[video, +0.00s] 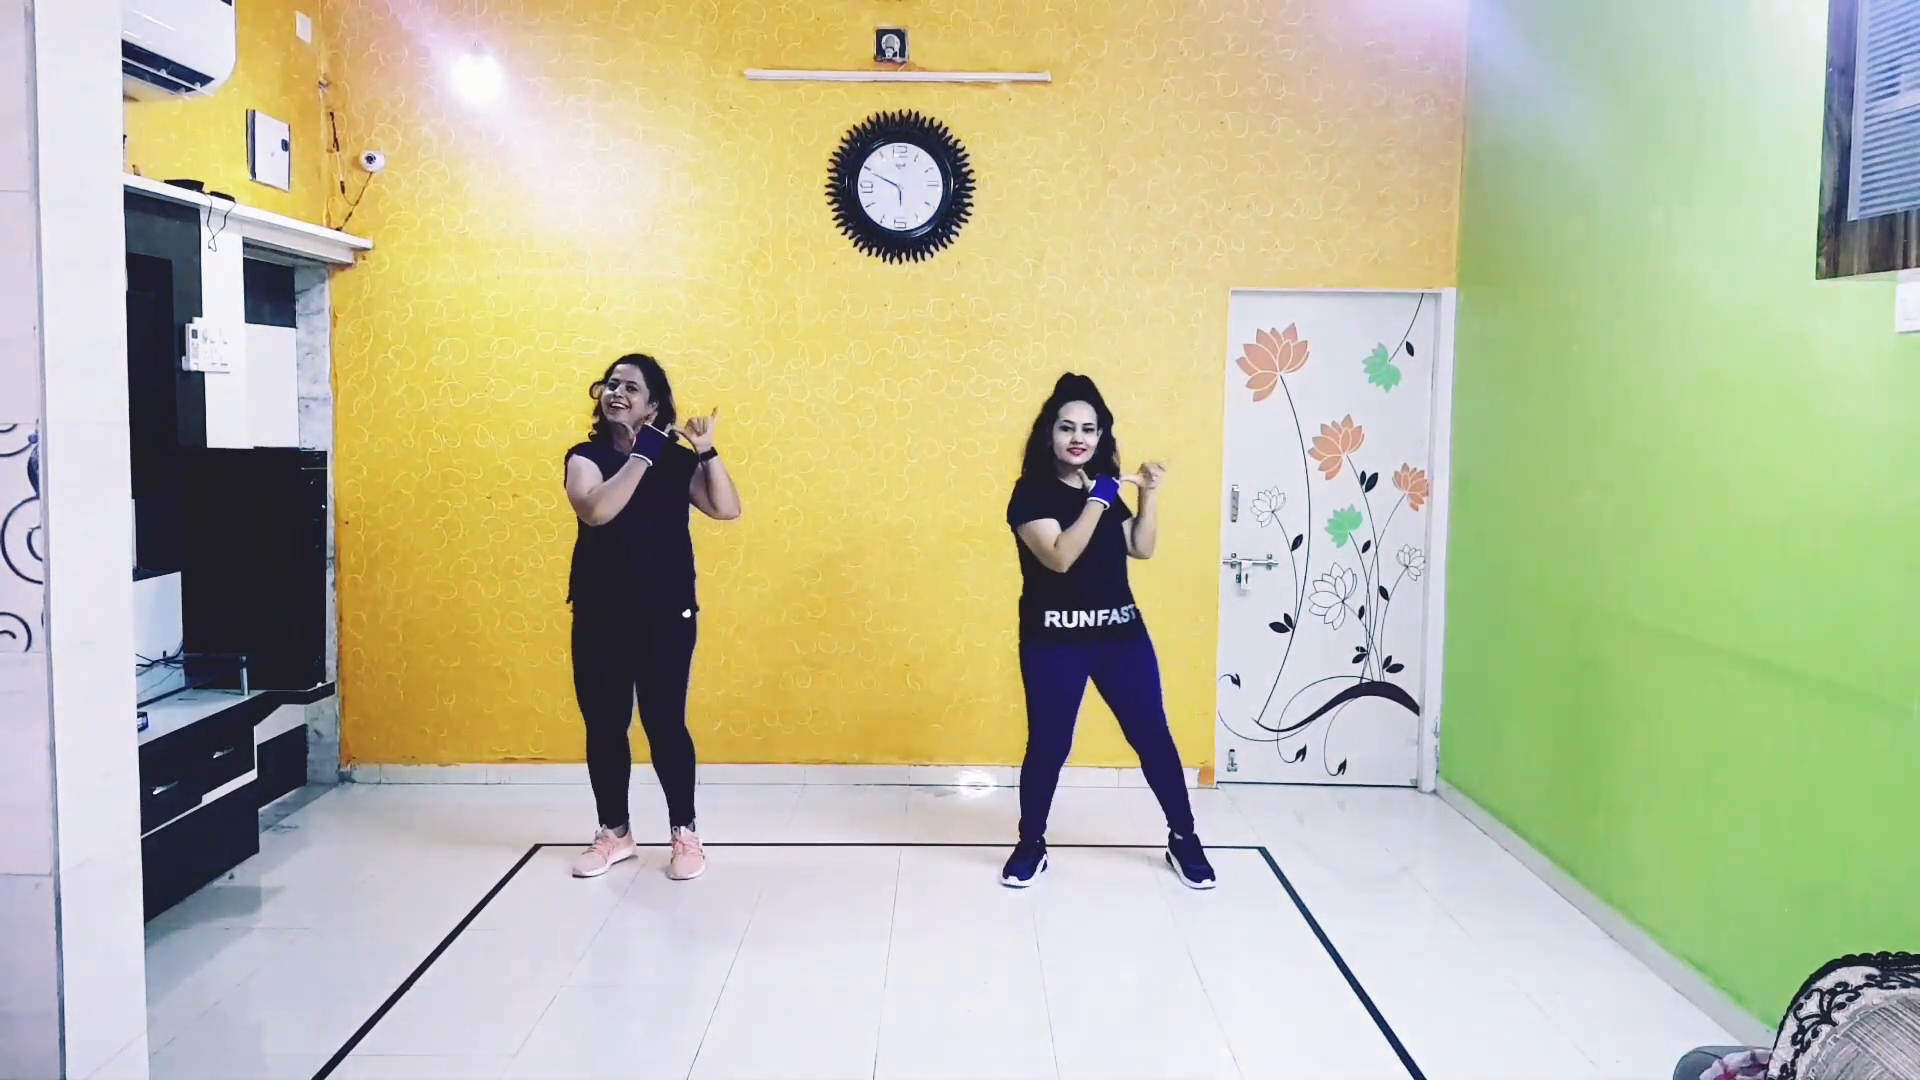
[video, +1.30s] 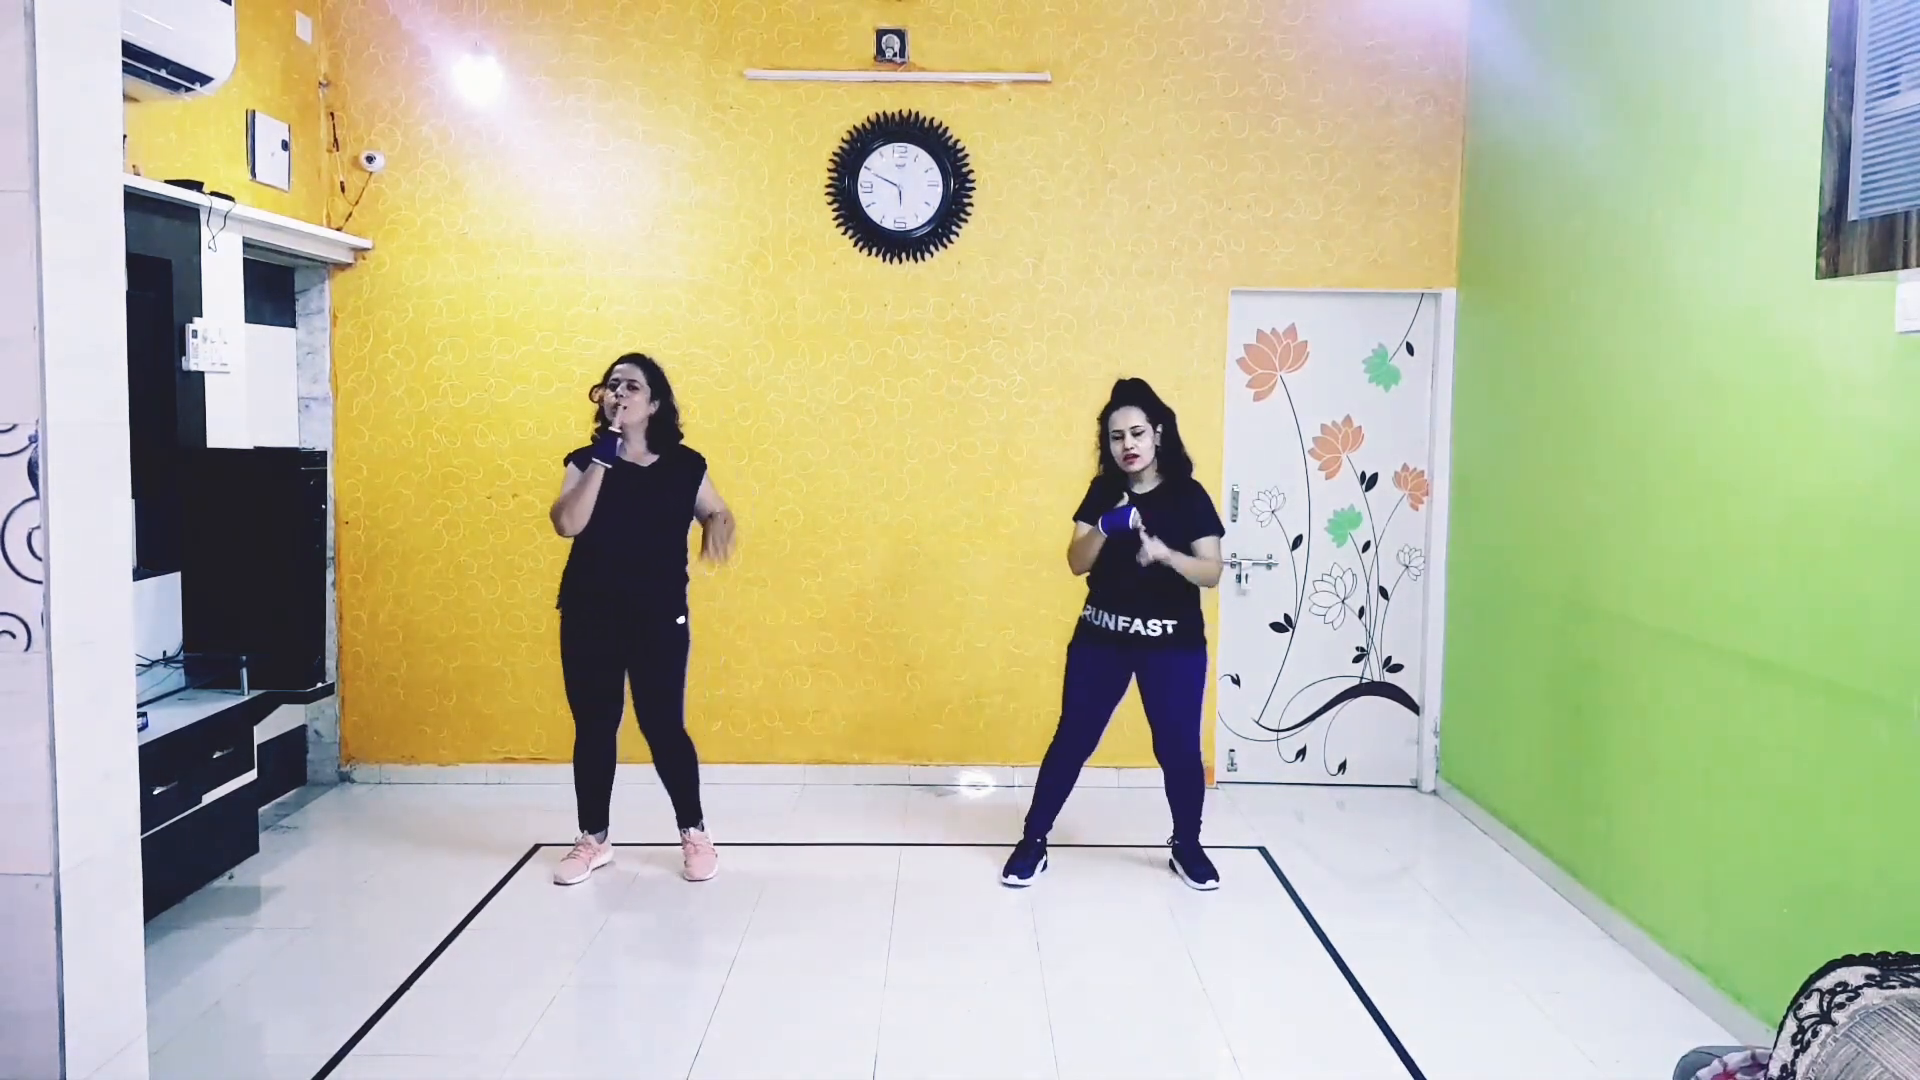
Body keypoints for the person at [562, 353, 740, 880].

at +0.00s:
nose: (617, 393)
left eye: (630, 387)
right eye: (612, 385)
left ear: (656, 403)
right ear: (601, 397)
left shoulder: (675, 457)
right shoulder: (585, 456)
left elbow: (727, 509)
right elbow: (595, 511)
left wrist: (708, 450)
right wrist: (642, 454)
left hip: (666, 611)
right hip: (601, 611)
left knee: (665, 721)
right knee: (604, 726)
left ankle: (684, 833)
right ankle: (614, 833)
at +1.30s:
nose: (615, 393)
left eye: (628, 386)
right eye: (611, 386)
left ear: (655, 401)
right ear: (602, 399)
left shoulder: (685, 467)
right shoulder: (586, 461)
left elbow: (716, 512)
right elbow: (568, 523)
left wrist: (718, 526)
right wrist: (600, 459)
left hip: (658, 618)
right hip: (590, 616)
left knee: (662, 725)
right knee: (593, 727)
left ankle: (693, 833)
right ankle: (593, 840)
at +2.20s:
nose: (645, 411)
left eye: (660, 406)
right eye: (642, 402)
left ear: (682, 424)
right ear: (628, 413)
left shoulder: (705, 481)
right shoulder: (611, 477)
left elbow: (737, 541)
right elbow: (595, 534)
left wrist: (770, 587)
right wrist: (620, 462)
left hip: (712, 629)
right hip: (645, 632)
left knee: (709, 732)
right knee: (624, 736)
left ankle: (711, 839)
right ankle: (632, 844)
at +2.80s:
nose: (605, 395)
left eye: (621, 390)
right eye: (605, 387)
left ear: (646, 413)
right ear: (597, 401)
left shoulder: (674, 467)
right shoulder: (579, 463)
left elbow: (698, 536)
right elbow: (548, 522)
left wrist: (700, 606)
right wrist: (572, 446)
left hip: (642, 624)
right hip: (573, 620)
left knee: (647, 735)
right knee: (577, 735)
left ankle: (691, 836)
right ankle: (580, 845)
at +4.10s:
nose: (627, 403)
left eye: (642, 399)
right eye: (622, 394)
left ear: (663, 416)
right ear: (609, 406)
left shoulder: (685, 478)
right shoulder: (584, 472)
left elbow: (704, 540)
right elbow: (538, 541)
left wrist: (713, 562)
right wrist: (568, 511)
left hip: (653, 628)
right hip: (583, 625)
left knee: (665, 737)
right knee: (580, 734)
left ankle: (706, 845)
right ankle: (575, 841)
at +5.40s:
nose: (624, 403)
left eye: (637, 398)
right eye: (616, 393)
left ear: (655, 411)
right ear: (600, 403)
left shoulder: (680, 464)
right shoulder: (585, 476)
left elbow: (714, 520)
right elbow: (577, 550)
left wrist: (726, 528)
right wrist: (522, 572)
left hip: (662, 623)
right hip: (592, 623)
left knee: (679, 734)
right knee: (586, 735)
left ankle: (713, 841)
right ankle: (580, 843)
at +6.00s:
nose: (624, 402)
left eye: (637, 397)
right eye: (617, 393)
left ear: (656, 412)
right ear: (602, 402)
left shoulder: (675, 472)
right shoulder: (576, 470)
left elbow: (697, 535)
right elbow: (557, 539)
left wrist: (730, 548)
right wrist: (505, 564)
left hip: (674, 622)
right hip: (604, 623)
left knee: (700, 729)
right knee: (592, 735)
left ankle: (737, 840)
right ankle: (580, 844)